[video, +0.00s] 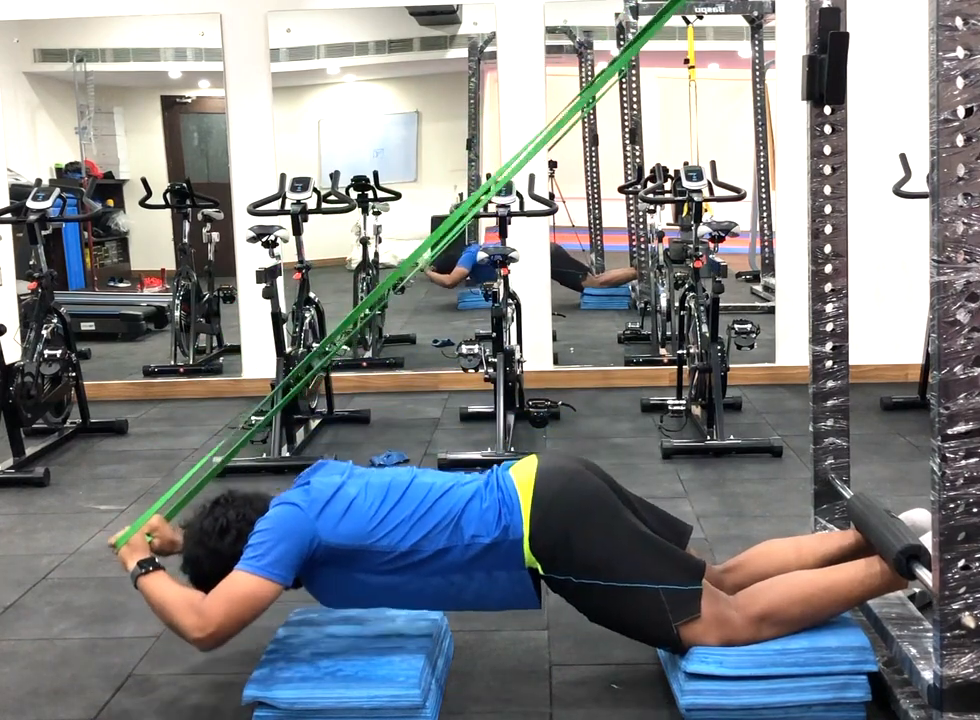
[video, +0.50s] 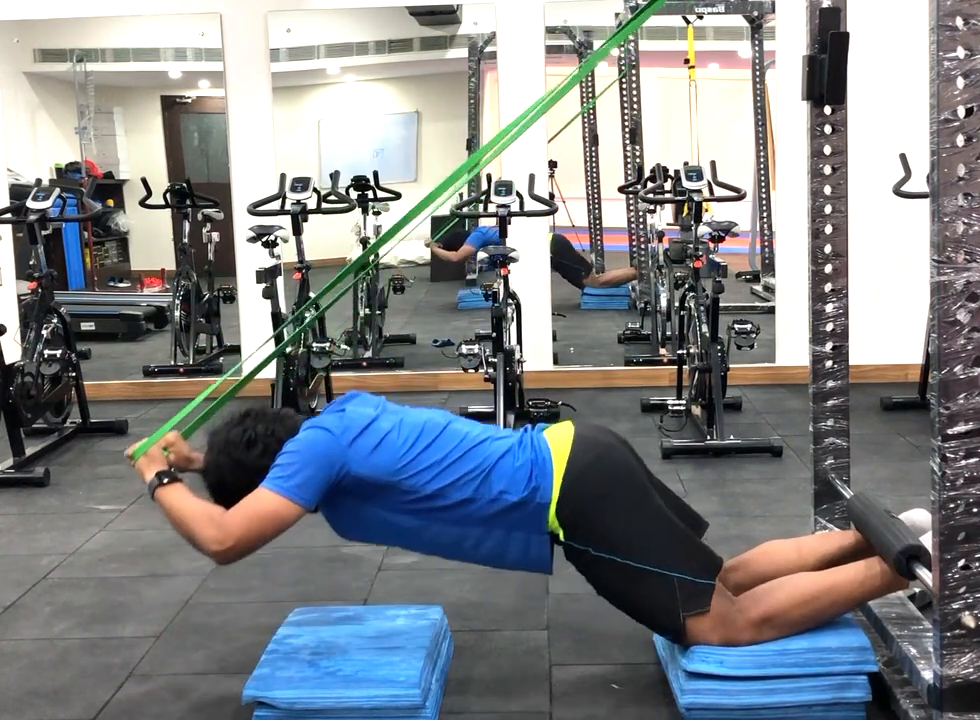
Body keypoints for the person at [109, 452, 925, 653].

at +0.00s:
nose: (236, 576)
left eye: (228, 567)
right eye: (227, 564)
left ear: (239, 550)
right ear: (249, 506)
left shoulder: (294, 520)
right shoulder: (315, 488)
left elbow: (203, 624)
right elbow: (234, 596)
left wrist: (141, 570)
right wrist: (174, 560)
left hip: (545, 524)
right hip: (550, 487)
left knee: (716, 628)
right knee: (715, 580)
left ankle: (898, 567)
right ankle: (863, 535)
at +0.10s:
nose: (238, 565)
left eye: (228, 555)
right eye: (230, 553)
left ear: (241, 535)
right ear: (255, 496)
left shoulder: (296, 504)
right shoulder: (314, 484)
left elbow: (201, 610)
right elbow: (228, 591)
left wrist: (142, 553)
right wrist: (174, 542)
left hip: (548, 519)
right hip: (554, 484)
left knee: (715, 630)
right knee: (712, 582)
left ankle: (895, 568)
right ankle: (855, 535)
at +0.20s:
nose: (241, 553)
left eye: (233, 544)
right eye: (234, 542)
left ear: (246, 517)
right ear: (256, 477)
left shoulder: (300, 488)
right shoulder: (317, 465)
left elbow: (204, 592)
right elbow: (224, 574)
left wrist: (144, 535)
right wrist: (170, 525)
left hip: (551, 513)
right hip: (561, 477)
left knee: (721, 630)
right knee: (713, 583)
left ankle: (899, 567)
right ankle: (861, 537)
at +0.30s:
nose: (248, 541)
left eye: (241, 531)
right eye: (241, 529)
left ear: (255, 499)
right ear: (260, 463)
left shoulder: (305, 474)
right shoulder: (325, 445)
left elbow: (206, 575)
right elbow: (230, 547)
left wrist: (145, 518)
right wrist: (177, 501)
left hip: (557, 509)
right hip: (565, 470)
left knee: (724, 628)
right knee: (719, 578)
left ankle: (901, 566)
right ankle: (879, 537)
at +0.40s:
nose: (255, 526)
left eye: (246, 514)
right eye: (247, 514)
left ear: (261, 484)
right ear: (267, 458)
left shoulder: (313, 457)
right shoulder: (324, 441)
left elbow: (212, 557)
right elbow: (233, 535)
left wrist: (152, 501)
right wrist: (179, 488)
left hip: (564, 500)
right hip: (569, 473)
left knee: (723, 627)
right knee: (711, 582)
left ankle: (894, 567)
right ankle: (862, 534)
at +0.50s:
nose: (260, 506)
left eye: (252, 491)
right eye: (251, 492)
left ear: (264, 460)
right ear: (275, 434)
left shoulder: (319, 444)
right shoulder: (330, 427)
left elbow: (221, 537)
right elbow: (237, 512)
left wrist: (161, 484)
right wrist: (185, 470)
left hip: (570, 491)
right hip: (573, 466)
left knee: (723, 623)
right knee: (713, 579)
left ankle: (897, 568)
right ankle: (858, 535)